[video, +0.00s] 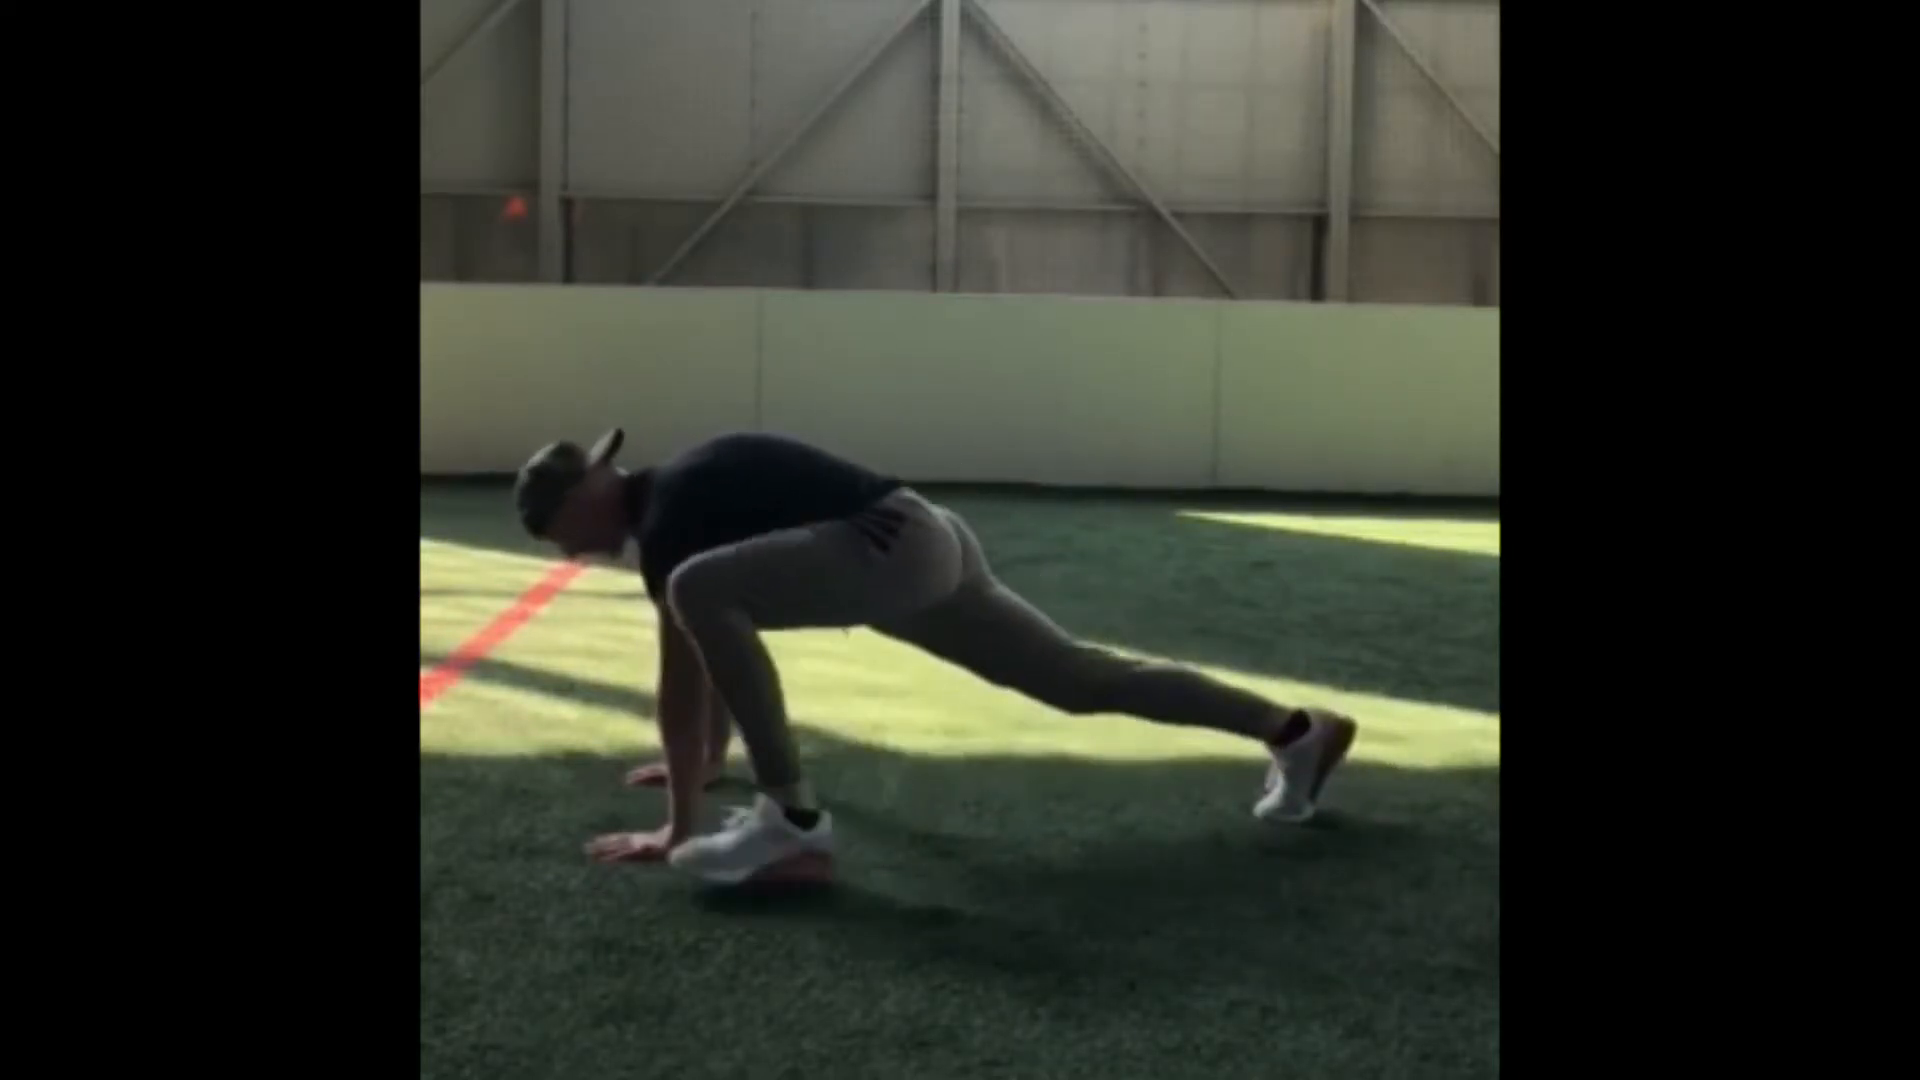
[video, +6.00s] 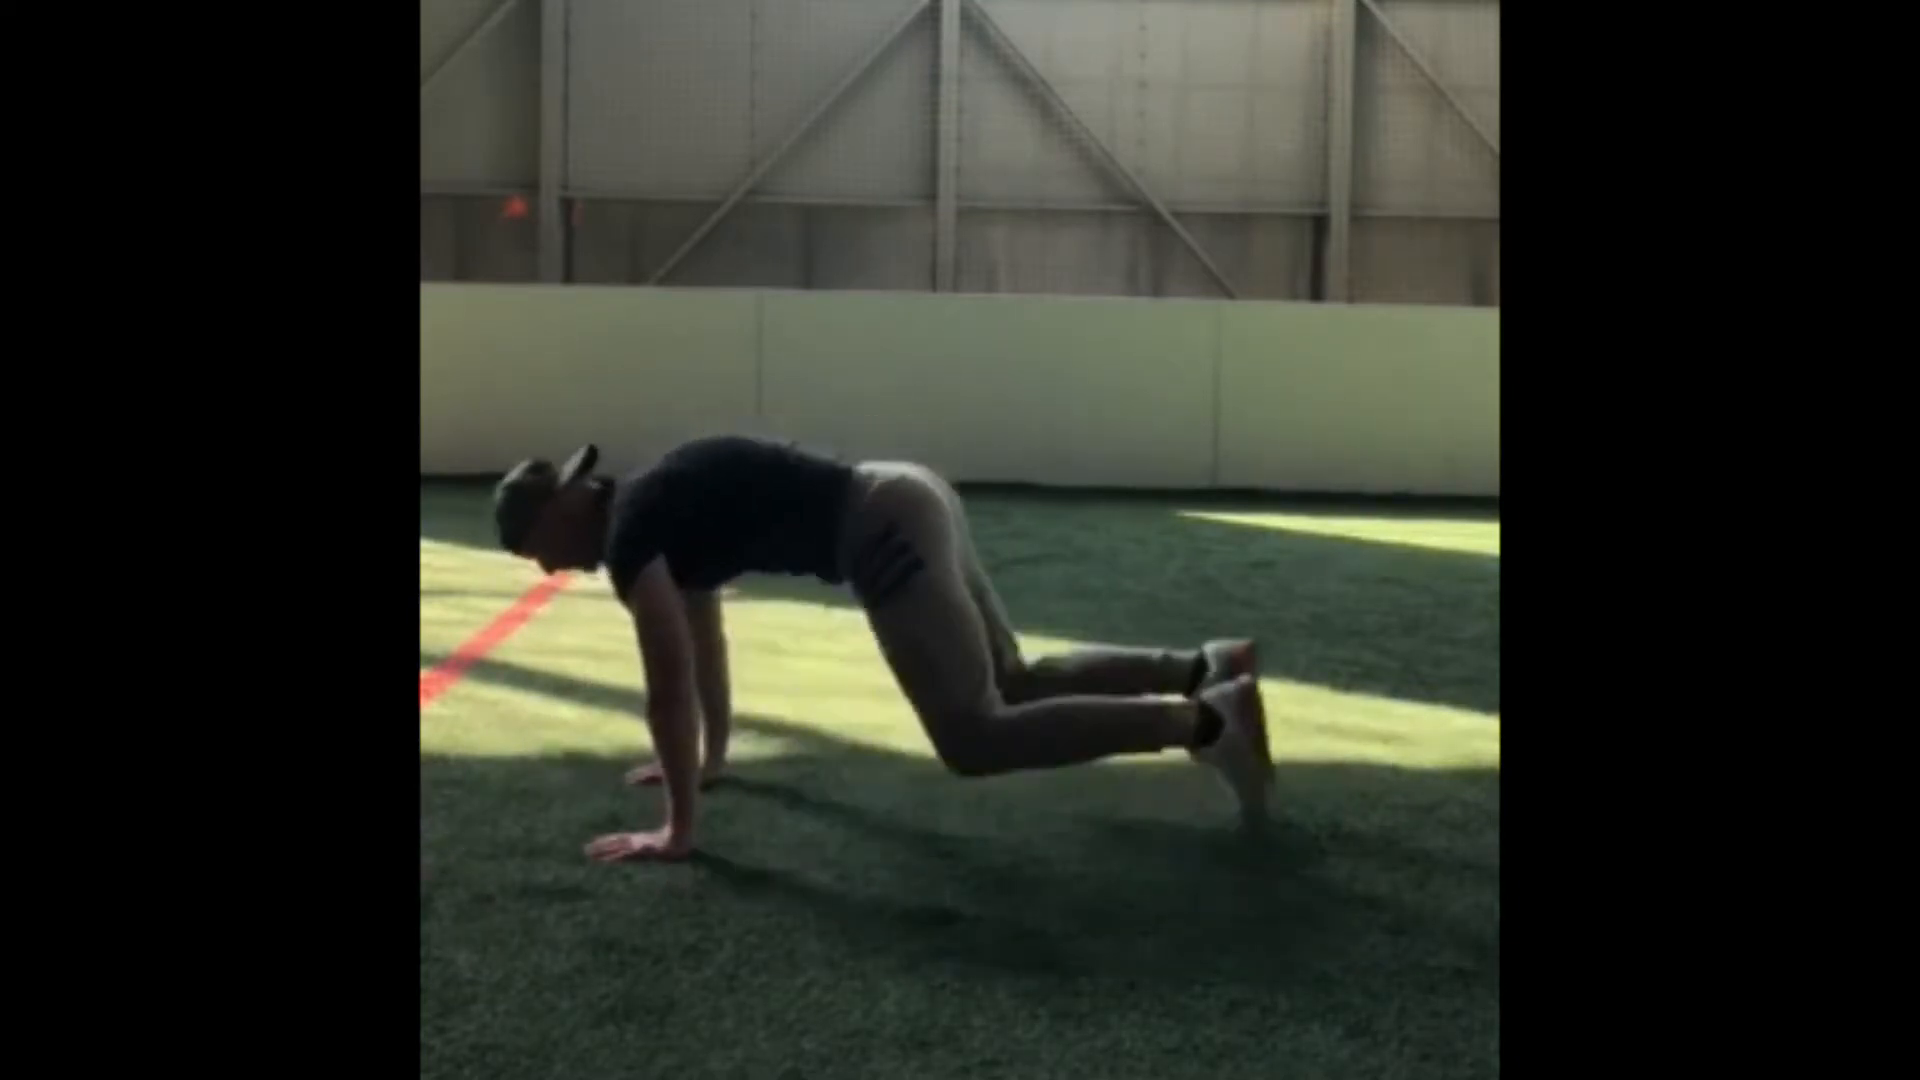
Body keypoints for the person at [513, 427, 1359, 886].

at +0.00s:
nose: (572, 554)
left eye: (564, 538)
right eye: (560, 544)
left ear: (591, 502)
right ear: (603, 488)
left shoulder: (662, 532)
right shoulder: (674, 500)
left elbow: (680, 683)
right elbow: (699, 661)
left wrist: (678, 825)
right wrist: (688, 760)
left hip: (894, 551)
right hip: (932, 543)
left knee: (697, 591)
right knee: (1080, 680)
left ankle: (782, 820)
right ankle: (1295, 733)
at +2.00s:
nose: (574, 545)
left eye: (570, 525)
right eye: (565, 533)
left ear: (597, 496)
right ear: (615, 478)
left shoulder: (660, 525)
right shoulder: (689, 499)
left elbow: (668, 680)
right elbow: (713, 658)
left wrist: (681, 832)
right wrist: (714, 762)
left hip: (870, 614)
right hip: (914, 610)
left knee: (650, 608)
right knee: (1048, 765)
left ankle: (536, 833)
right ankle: (1263, 736)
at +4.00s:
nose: (579, 562)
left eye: (569, 547)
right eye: (568, 552)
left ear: (589, 512)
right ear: (607, 494)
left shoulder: (654, 523)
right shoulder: (683, 502)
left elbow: (678, 678)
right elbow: (717, 657)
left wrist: (678, 827)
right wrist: (694, 765)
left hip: (887, 537)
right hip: (935, 529)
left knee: (714, 635)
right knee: (1077, 675)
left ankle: (878, 814)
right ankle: (1299, 734)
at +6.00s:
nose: (554, 570)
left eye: (547, 554)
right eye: (542, 560)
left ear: (569, 511)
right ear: (581, 494)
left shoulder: (636, 541)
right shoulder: (661, 502)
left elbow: (669, 687)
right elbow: (703, 652)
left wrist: (676, 830)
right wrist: (707, 755)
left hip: (885, 530)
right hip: (907, 497)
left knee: (974, 742)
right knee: (1011, 681)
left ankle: (1202, 722)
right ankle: (1201, 670)